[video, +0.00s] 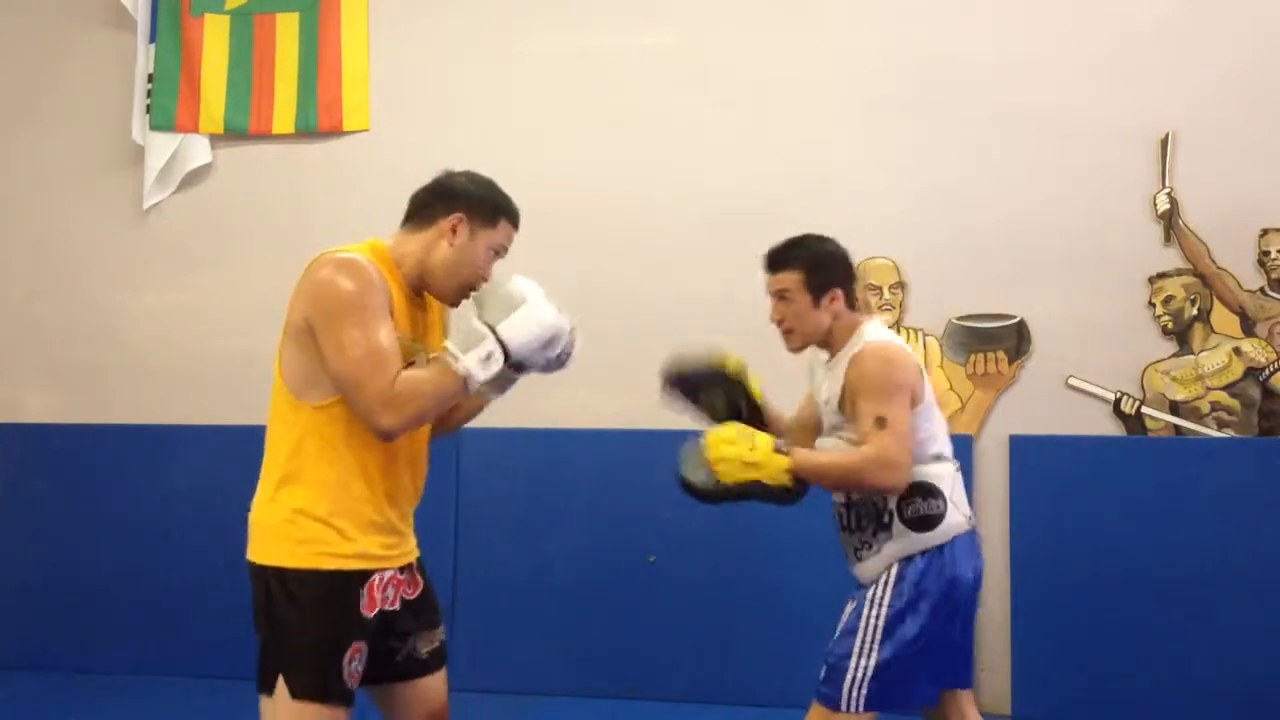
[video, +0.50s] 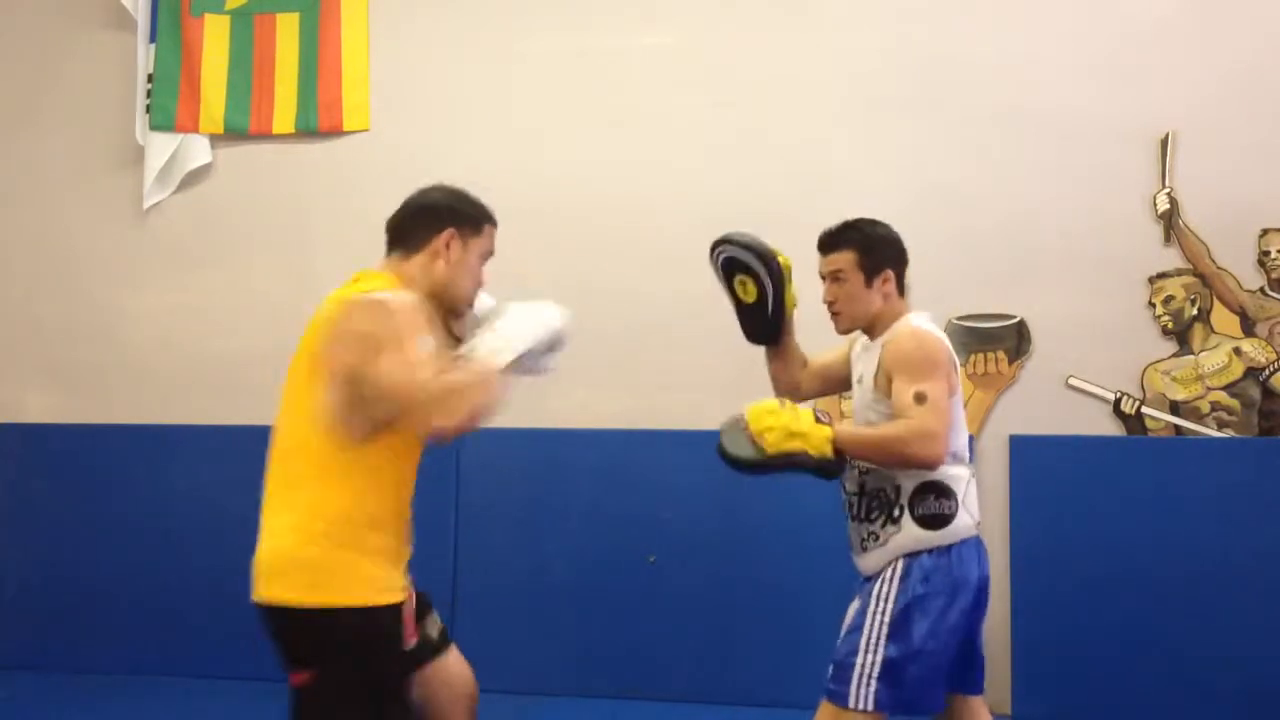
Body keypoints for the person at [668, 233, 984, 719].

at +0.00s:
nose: (773, 314)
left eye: (784, 299)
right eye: (773, 300)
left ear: (832, 300)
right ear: (830, 304)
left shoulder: (880, 358)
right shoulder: (830, 360)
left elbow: (889, 469)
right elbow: (799, 438)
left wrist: (781, 459)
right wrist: (746, 406)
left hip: (920, 559)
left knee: (836, 710)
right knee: (951, 702)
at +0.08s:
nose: (793, 311)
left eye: (804, 296)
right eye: (792, 297)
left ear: (852, 297)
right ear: (846, 300)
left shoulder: (889, 357)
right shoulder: (844, 363)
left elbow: (911, 460)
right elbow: (788, 424)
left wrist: (811, 471)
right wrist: (748, 376)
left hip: (925, 563)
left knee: (836, 710)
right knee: (956, 707)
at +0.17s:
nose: (809, 303)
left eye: (820, 288)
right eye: (807, 289)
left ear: (868, 290)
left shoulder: (898, 349)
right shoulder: (849, 357)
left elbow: (931, 449)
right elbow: (783, 406)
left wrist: (833, 471)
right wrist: (757, 347)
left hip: (928, 562)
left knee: (847, 710)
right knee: (960, 705)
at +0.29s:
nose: (818, 296)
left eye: (830, 281)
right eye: (816, 282)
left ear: (878, 283)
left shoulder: (907, 338)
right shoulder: (859, 350)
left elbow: (932, 437)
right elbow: (785, 385)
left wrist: (826, 442)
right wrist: (762, 315)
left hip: (926, 561)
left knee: (855, 710)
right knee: (963, 706)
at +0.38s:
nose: (821, 295)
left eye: (834, 280)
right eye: (820, 282)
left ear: (881, 283)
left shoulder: (912, 338)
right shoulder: (864, 350)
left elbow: (922, 439)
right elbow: (793, 382)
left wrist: (819, 432)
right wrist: (771, 314)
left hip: (925, 560)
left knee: (855, 709)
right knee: (956, 704)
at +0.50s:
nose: (825, 295)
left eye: (837, 280)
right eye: (824, 281)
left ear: (885, 283)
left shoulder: (914, 341)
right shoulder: (867, 350)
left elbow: (926, 442)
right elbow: (796, 381)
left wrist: (825, 434)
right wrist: (775, 314)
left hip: (921, 560)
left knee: (844, 710)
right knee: (959, 702)